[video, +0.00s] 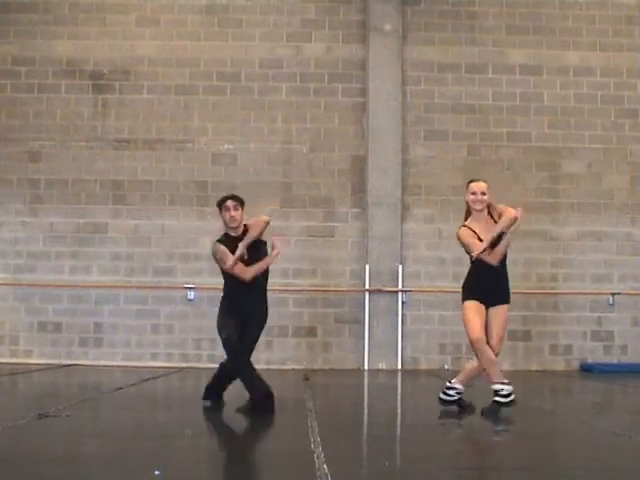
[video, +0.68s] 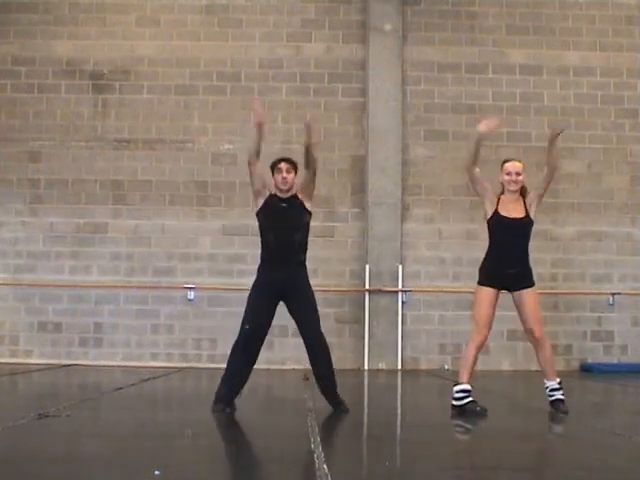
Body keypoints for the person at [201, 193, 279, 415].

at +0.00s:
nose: (232, 214)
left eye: (236, 209)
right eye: (226, 210)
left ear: (243, 212)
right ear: (221, 216)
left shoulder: (254, 229)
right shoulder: (220, 247)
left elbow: (263, 222)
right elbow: (245, 274)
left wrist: (240, 249)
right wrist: (273, 256)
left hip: (256, 309)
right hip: (230, 309)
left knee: (240, 358)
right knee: (236, 356)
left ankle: (213, 391)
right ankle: (262, 398)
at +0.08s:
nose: (235, 210)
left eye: (239, 205)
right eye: (229, 206)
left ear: (246, 209)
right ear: (224, 213)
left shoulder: (260, 226)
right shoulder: (223, 242)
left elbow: (263, 220)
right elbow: (234, 263)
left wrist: (237, 241)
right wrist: (260, 242)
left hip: (262, 304)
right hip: (236, 305)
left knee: (248, 356)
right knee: (241, 354)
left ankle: (217, 390)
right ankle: (257, 398)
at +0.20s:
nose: (255, 187)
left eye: (257, 182)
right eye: (249, 183)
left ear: (265, 188)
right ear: (240, 189)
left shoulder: (272, 210)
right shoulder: (233, 216)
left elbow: (279, 175)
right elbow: (209, 205)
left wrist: (243, 179)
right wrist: (241, 194)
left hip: (267, 290)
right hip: (240, 289)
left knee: (264, 349)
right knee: (244, 344)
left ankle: (239, 381)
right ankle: (253, 401)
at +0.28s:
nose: (260, 174)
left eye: (264, 170)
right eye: (254, 170)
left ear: (271, 174)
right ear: (248, 175)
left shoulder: (281, 197)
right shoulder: (237, 199)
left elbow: (293, 157)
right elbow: (208, 176)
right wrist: (220, 151)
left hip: (271, 279)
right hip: (243, 279)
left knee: (282, 336)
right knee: (241, 338)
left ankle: (272, 385)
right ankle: (243, 396)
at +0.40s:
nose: (269, 169)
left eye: (273, 164)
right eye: (263, 164)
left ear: (280, 169)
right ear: (256, 168)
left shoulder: (288, 193)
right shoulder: (245, 190)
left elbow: (308, 159)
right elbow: (220, 160)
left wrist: (325, 133)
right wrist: (199, 136)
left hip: (280, 276)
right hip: (251, 277)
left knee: (302, 333)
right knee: (237, 336)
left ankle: (326, 390)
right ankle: (226, 395)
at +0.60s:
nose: (280, 173)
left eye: (285, 169)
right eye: (275, 169)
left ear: (292, 174)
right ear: (268, 175)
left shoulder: (302, 198)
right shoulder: (258, 196)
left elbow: (321, 164)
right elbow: (238, 161)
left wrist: (334, 131)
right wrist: (225, 127)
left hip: (294, 281)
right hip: (264, 281)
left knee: (312, 338)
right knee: (248, 339)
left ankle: (330, 396)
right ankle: (227, 399)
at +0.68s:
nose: (284, 176)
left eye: (289, 172)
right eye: (279, 172)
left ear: (297, 177)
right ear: (271, 177)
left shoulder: (304, 200)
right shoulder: (263, 199)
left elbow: (311, 171)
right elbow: (253, 163)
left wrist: (311, 143)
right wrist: (258, 130)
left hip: (297, 283)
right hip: (266, 283)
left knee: (315, 338)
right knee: (249, 338)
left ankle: (332, 395)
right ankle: (225, 397)